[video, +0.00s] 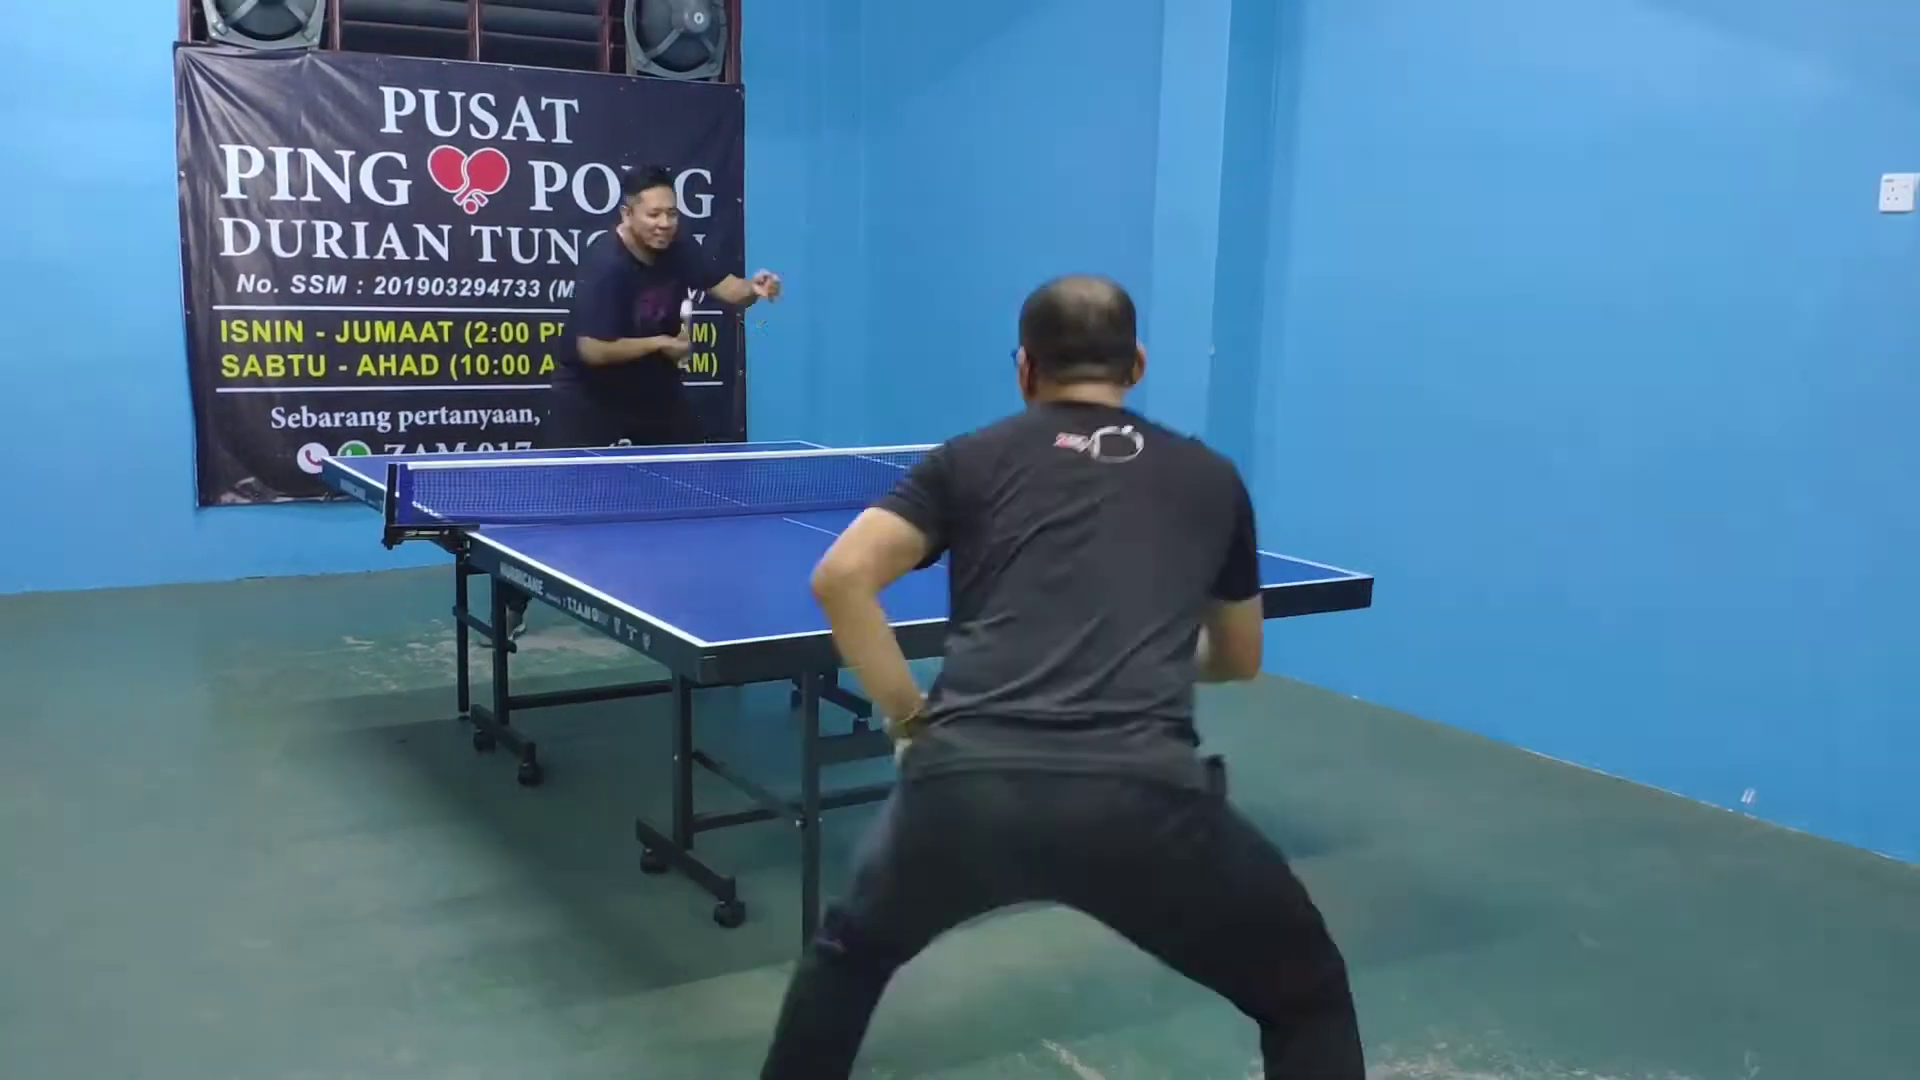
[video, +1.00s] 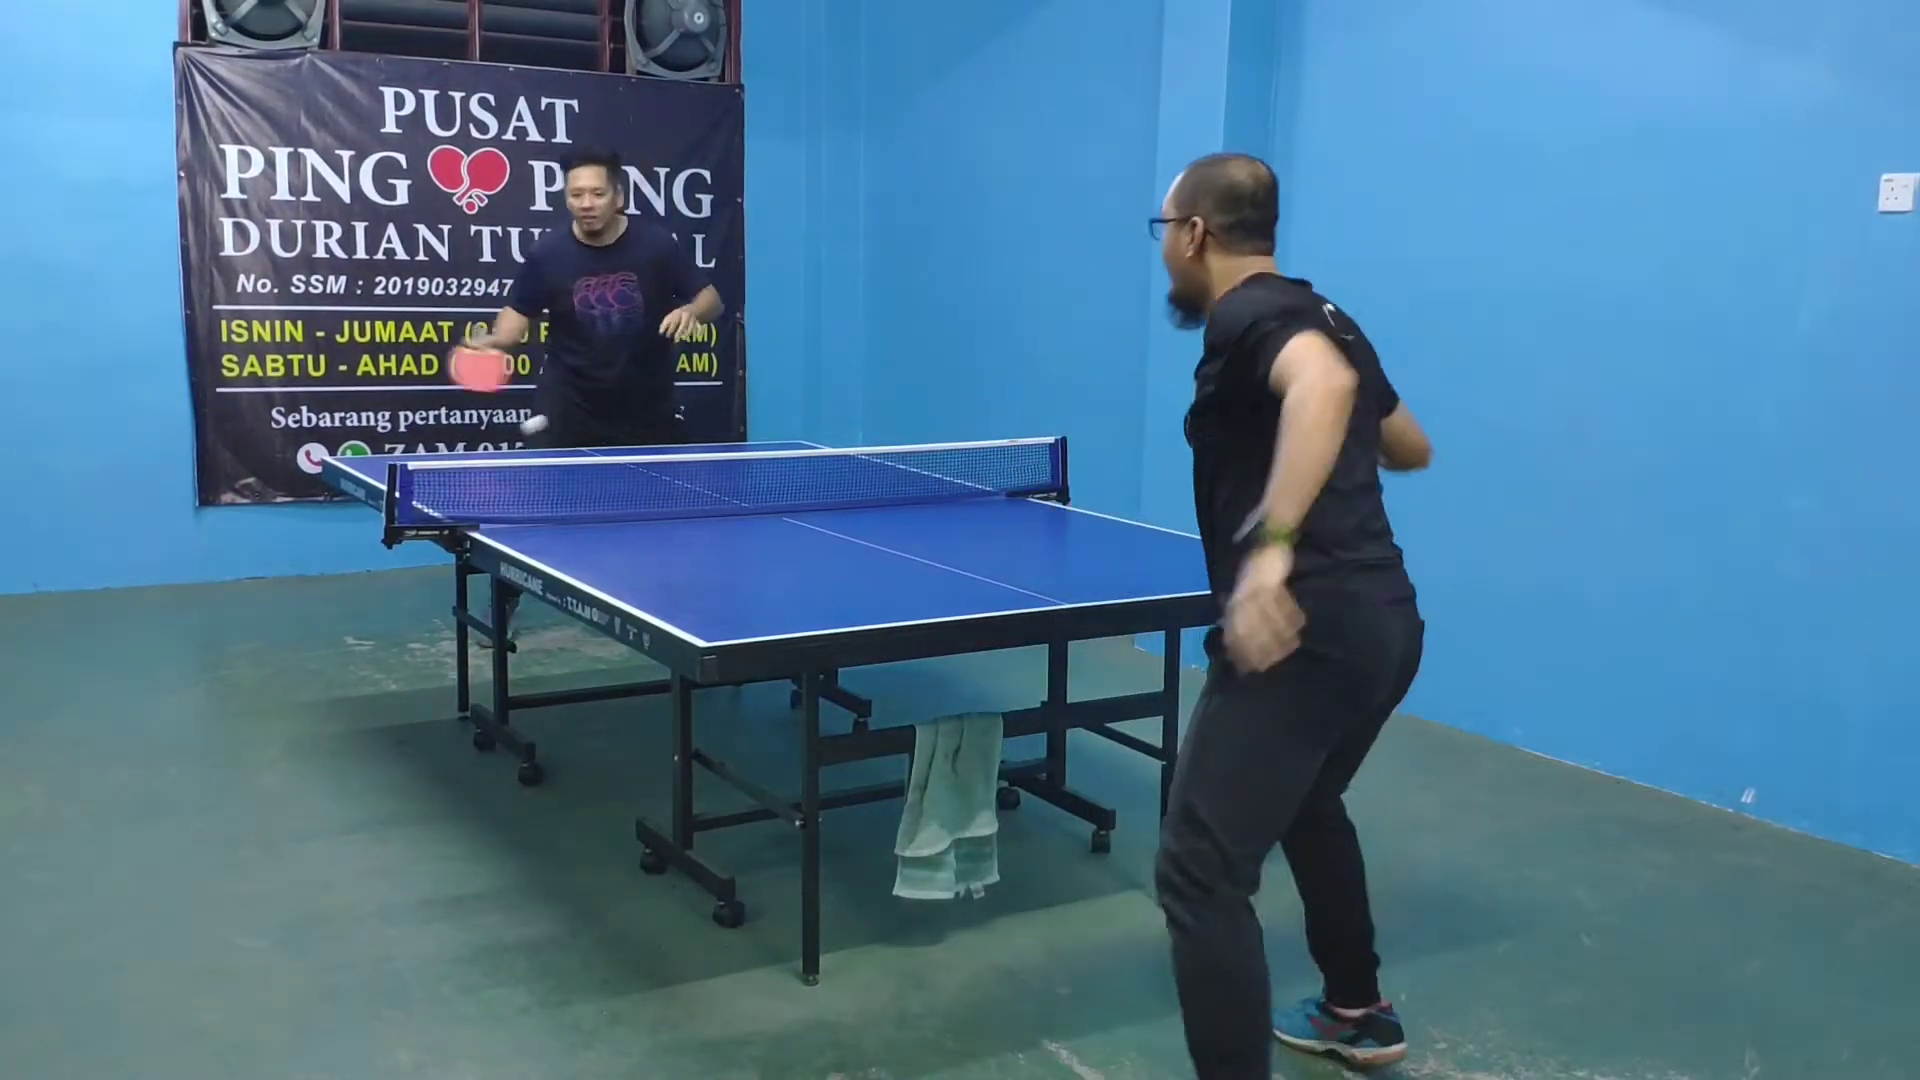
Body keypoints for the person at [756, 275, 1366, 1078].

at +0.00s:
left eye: (1021, 363)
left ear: (1026, 369)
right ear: (1138, 365)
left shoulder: (971, 460)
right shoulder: (1211, 477)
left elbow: (843, 577)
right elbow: (1237, 656)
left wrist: (908, 717)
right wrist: (1141, 652)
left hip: (961, 802)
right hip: (1141, 808)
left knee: (846, 958)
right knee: (1307, 998)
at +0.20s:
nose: (1013, 269)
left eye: (1012, 256)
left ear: (1023, 261)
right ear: (1135, 255)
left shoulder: (1000, 366)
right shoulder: (1229, 367)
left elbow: (909, 511)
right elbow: (1289, 546)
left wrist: (960, 636)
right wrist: (1192, 567)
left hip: (1066, 717)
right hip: (1224, 711)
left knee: (937, 917)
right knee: (1309, 945)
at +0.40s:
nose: (1028, 311)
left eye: (1027, 298)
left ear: (1039, 301)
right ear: (1147, 295)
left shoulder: (1015, 410)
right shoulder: (1235, 397)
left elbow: (918, 566)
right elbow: (1296, 548)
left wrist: (984, 643)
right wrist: (1197, 564)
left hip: (1102, 748)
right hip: (1257, 735)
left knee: (981, 957)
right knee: (1295, 879)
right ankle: (1328, 1065)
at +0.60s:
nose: (1092, 392)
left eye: (1089, 372)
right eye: (1086, 377)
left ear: (1112, 354)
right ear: (1185, 345)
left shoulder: (1145, 416)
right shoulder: (1269, 420)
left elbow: (1038, 491)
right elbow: (1232, 537)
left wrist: (990, 588)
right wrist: (1109, 571)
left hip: (1214, 739)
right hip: (1336, 727)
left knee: (1044, 937)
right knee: (1285, 823)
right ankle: (1313, 1033)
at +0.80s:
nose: (1127, 326)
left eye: (1122, 304)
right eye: (1120, 307)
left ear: (1152, 288)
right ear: (1206, 279)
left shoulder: (1223, 337)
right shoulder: (1245, 370)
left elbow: (1305, 340)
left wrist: (1195, 465)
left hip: (1282, 663)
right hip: (1358, 659)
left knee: (1147, 881)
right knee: (1279, 806)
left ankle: (1134, 1066)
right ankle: (1314, 1027)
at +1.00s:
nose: (1163, 247)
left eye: (1167, 229)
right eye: (1164, 229)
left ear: (1198, 234)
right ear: (1258, 233)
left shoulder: (1251, 311)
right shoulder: (1324, 317)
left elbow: (1323, 378)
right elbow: (1407, 446)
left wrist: (1268, 548)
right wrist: (1300, 431)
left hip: (1306, 624)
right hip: (1379, 624)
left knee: (1200, 869)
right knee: (1309, 802)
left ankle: (1232, 1066)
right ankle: (1356, 1008)